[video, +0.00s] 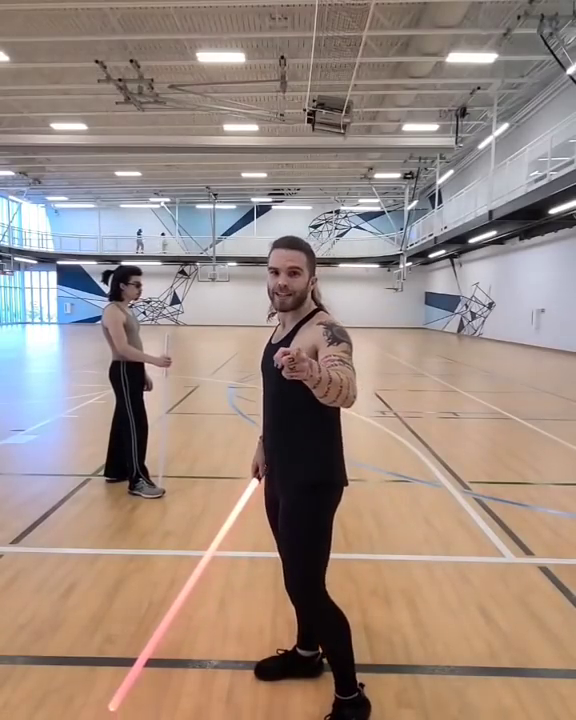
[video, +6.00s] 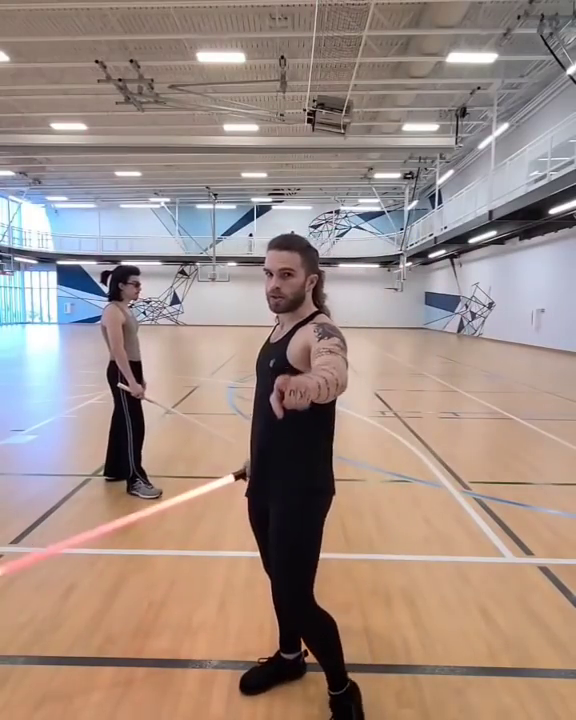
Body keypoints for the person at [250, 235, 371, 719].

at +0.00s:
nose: (282, 281)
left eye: (293, 272)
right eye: (275, 272)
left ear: (312, 277)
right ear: (267, 277)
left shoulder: (327, 331)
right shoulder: (282, 327)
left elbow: (346, 392)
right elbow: (280, 399)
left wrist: (312, 374)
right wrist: (263, 446)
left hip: (314, 476)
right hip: (281, 470)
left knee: (310, 589)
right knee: (296, 571)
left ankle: (350, 694)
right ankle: (307, 651)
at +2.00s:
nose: (293, 283)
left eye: (304, 273)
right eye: (284, 274)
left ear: (327, 276)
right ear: (277, 279)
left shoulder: (347, 336)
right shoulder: (297, 329)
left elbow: (367, 428)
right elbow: (300, 416)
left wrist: (339, 507)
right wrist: (287, 479)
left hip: (332, 491)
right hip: (293, 484)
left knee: (340, 596)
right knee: (298, 571)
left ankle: (354, 698)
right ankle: (303, 646)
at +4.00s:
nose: (327, 274)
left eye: (340, 265)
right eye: (328, 264)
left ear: (374, 277)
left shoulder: (409, 340)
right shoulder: (320, 326)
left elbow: (405, 432)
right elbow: (273, 382)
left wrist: (335, 472)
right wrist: (214, 378)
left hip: (377, 494)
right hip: (322, 483)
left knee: (368, 605)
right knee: (290, 565)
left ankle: (367, 700)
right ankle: (297, 642)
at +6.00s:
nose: (274, 283)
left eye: (286, 275)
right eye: (269, 274)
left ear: (312, 280)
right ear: (263, 276)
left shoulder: (322, 331)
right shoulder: (281, 331)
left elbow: (331, 375)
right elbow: (271, 412)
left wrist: (296, 385)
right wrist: (255, 462)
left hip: (303, 483)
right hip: (268, 478)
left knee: (298, 599)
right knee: (280, 574)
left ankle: (342, 690)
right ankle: (289, 655)